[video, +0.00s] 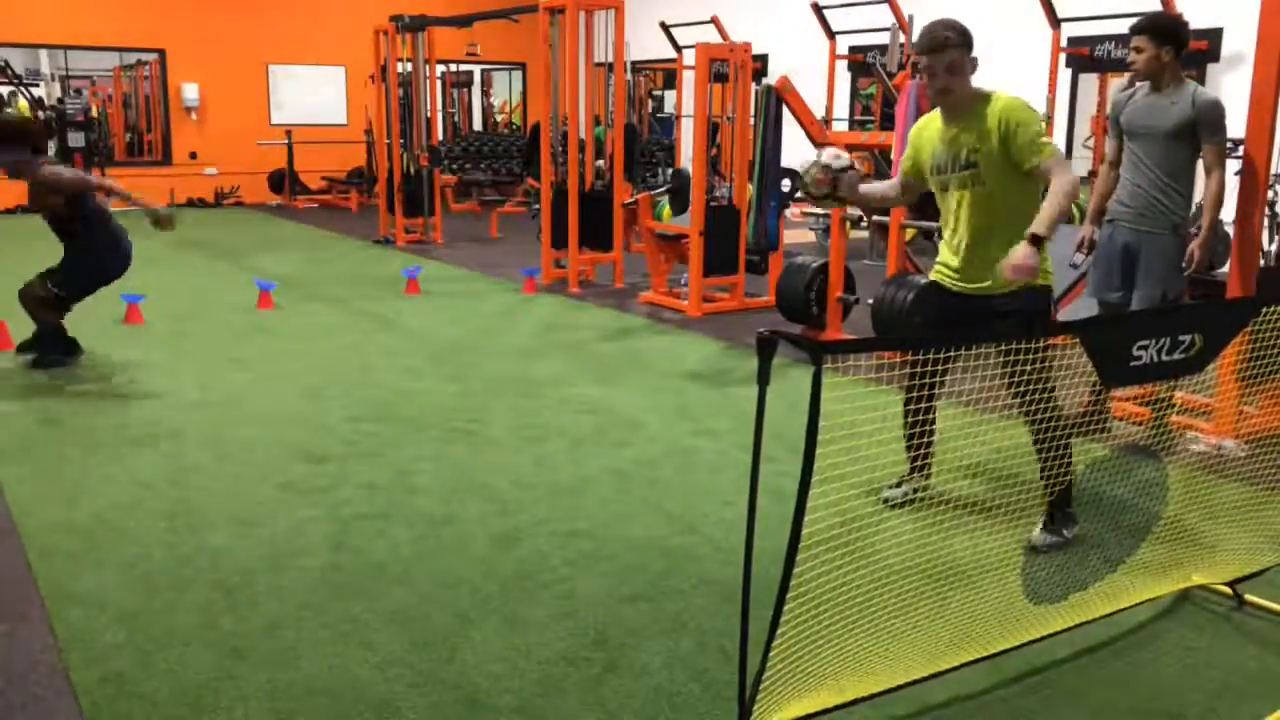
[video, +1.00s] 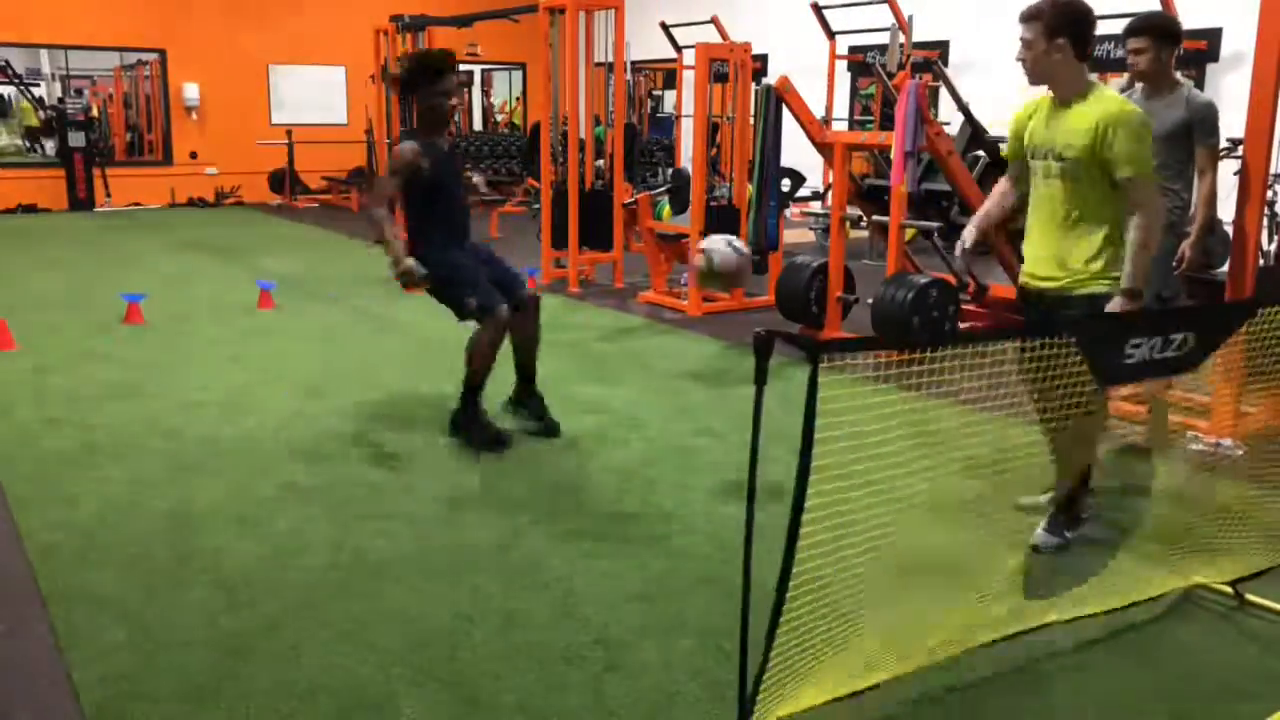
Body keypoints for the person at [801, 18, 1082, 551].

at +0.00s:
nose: (929, 75)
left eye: (941, 65)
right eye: (923, 65)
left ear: (970, 63)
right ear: (918, 67)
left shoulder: (1008, 115)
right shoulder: (924, 132)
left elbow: (1065, 179)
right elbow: (901, 191)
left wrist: (1033, 240)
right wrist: (844, 188)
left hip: (1016, 281)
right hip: (950, 280)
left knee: (1031, 392)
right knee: (920, 375)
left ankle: (1060, 511)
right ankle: (917, 475)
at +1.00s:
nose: (1020, 55)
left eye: (1029, 45)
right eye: (1021, 44)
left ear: (1064, 49)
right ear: (1053, 50)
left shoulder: (1118, 117)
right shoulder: (1028, 114)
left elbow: (1148, 209)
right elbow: (1013, 183)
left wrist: (1131, 290)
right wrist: (976, 226)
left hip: (1092, 286)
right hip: (1036, 281)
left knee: (1078, 396)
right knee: (1040, 386)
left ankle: (1069, 508)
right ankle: (1073, 478)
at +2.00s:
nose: (1027, 54)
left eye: (1031, 42)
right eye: (1029, 42)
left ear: (1052, 45)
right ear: (1076, 46)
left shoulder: (1060, 111)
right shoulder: (1111, 107)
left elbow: (1049, 204)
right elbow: (1093, 197)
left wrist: (980, 220)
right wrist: (1015, 215)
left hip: (1072, 280)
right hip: (1105, 277)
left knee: (1069, 396)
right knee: (1082, 389)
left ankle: (1091, 520)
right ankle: (1081, 491)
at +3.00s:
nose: (946, 81)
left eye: (959, 72)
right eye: (939, 70)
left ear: (977, 71)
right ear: (927, 66)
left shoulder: (1003, 128)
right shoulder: (907, 136)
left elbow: (1036, 206)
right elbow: (906, 207)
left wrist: (963, 211)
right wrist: (895, 238)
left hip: (990, 288)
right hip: (922, 286)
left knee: (1007, 400)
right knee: (877, 372)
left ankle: (1054, 514)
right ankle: (863, 471)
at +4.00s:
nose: (1066, 81)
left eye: (1076, 70)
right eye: (1053, 71)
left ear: (1092, 72)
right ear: (1036, 76)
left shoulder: (1127, 139)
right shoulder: (1009, 146)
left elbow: (1153, 229)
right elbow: (1011, 235)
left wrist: (1168, 307)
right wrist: (1096, 227)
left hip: (1092, 291)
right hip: (1018, 287)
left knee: (1090, 404)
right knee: (958, 373)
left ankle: (1057, 516)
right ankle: (923, 463)